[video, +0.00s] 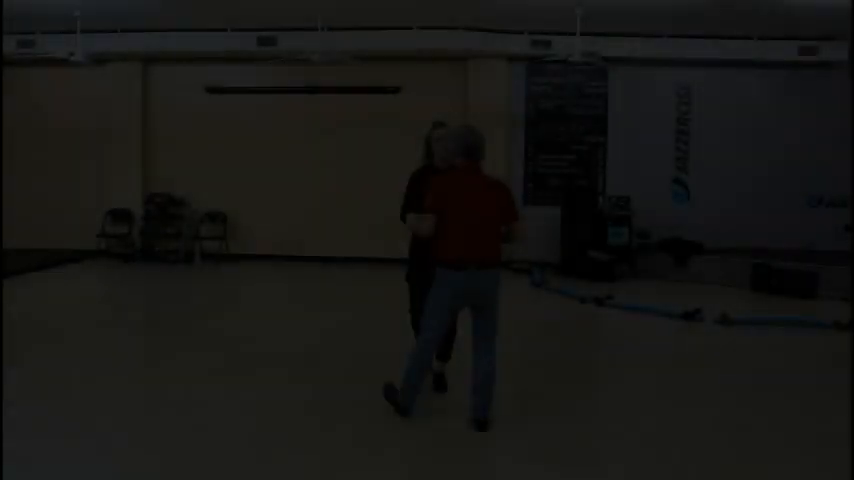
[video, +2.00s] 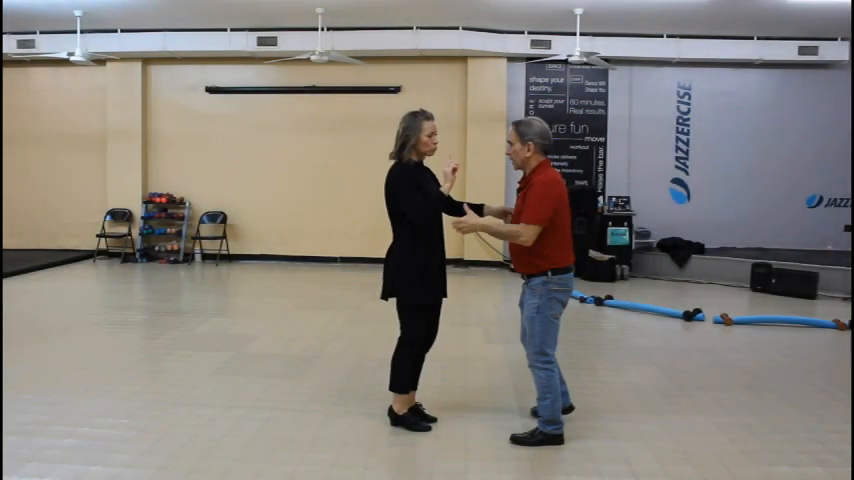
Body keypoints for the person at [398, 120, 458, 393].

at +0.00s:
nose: (441, 149)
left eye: (446, 142)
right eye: (436, 142)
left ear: (455, 147)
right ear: (428, 147)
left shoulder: (463, 178)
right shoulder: (420, 177)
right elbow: (407, 215)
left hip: (452, 258)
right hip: (422, 257)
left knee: (447, 316)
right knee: (419, 313)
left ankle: (440, 369)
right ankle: (424, 366)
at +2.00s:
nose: (436, 140)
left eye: (436, 134)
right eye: (430, 135)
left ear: (424, 137)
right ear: (413, 137)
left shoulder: (421, 172)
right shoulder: (402, 174)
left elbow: (448, 206)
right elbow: (423, 214)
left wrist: (491, 212)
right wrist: (444, 187)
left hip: (427, 270)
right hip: (411, 271)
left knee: (424, 336)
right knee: (413, 336)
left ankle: (408, 402)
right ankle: (399, 408)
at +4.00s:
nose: (447, 134)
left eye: (446, 129)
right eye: (442, 129)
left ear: (426, 135)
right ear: (427, 134)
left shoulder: (430, 169)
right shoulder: (424, 171)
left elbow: (465, 191)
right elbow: (460, 186)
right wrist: (484, 154)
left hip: (438, 268)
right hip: (433, 269)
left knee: (437, 337)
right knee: (436, 338)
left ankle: (426, 407)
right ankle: (425, 410)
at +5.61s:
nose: (457, 133)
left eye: (455, 127)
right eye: (451, 128)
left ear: (437, 133)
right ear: (437, 133)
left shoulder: (441, 168)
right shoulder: (431, 170)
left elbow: (472, 197)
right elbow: (467, 185)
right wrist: (493, 156)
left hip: (442, 267)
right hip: (436, 268)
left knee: (437, 338)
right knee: (435, 339)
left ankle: (426, 408)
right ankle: (424, 411)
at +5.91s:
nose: (458, 133)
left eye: (456, 128)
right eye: (453, 128)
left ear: (439, 133)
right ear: (438, 133)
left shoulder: (440, 168)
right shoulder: (434, 170)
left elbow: (473, 197)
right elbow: (468, 186)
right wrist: (496, 160)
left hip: (441, 267)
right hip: (437, 268)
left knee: (437, 338)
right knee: (435, 339)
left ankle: (426, 408)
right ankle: (424, 411)